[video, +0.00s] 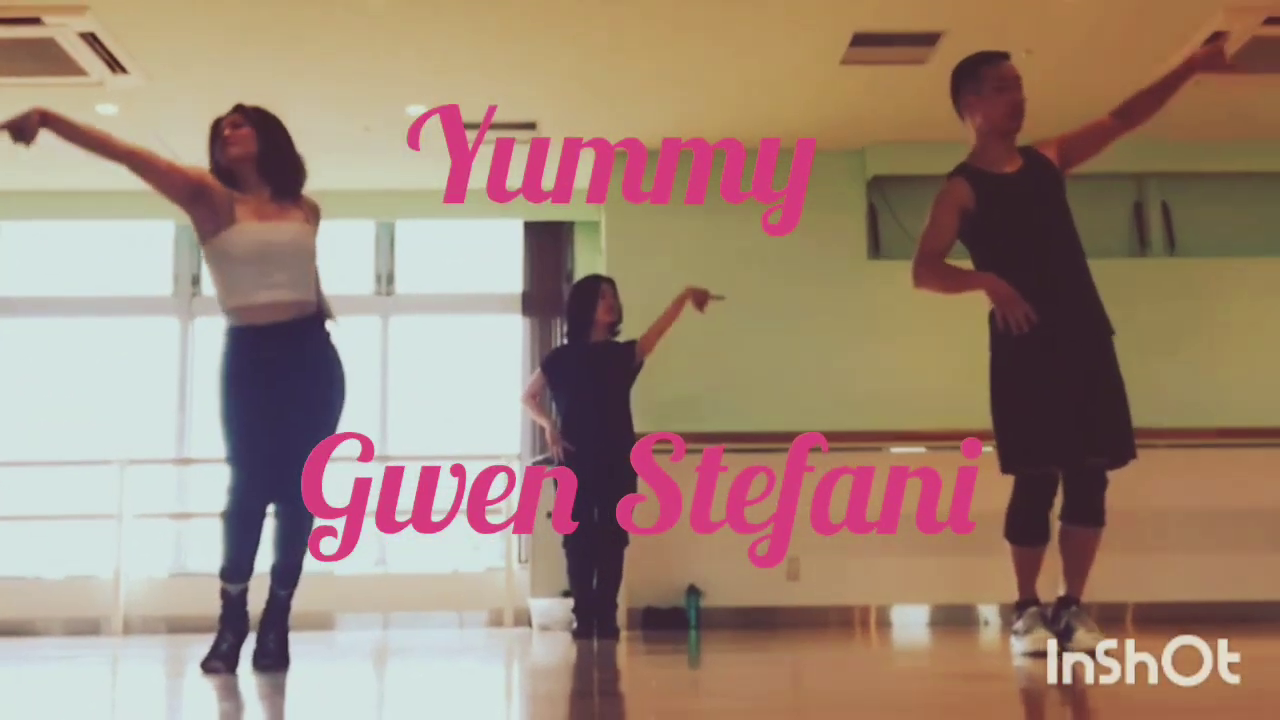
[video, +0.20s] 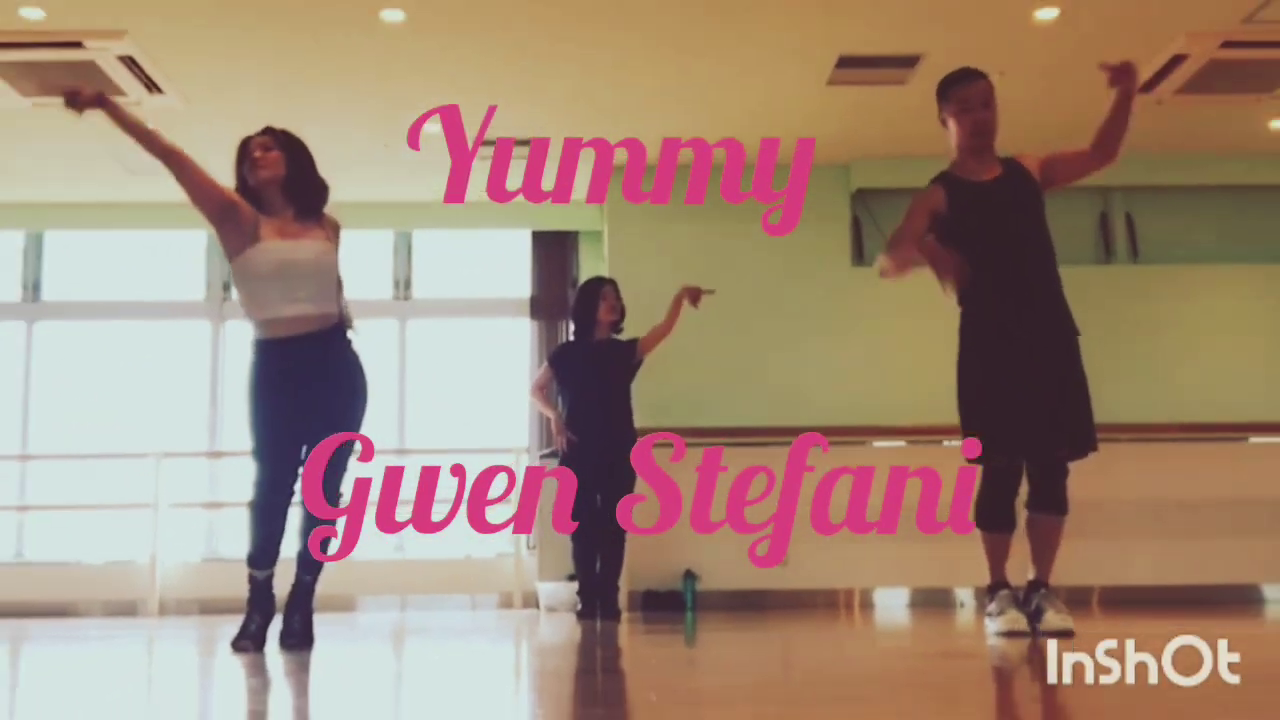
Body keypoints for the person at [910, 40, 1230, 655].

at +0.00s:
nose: (1015, 96)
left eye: (1017, 86)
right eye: (1000, 88)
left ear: (1021, 98)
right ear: (967, 105)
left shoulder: (1046, 159)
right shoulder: (961, 189)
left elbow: (1123, 119)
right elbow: (924, 270)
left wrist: (1189, 66)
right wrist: (986, 282)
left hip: (1082, 340)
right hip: (1023, 349)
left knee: (1087, 475)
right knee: (1036, 478)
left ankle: (1071, 607)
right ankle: (1025, 607)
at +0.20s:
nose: (978, 118)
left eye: (986, 106)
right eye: (965, 110)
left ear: (998, 112)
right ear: (944, 119)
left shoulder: (1028, 172)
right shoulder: (939, 196)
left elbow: (1102, 153)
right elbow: (888, 264)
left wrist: (1124, 93)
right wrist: (927, 251)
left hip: (1048, 341)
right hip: (989, 348)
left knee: (1049, 469)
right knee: (1000, 470)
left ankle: (1042, 590)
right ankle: (999, 592)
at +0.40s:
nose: (936, 142)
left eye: (941, 132)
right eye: (924, 136)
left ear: (954, 135)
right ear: (910, 146)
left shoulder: (983, 190)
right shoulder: (903, 206)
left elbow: (1051, 194)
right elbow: (853, 258)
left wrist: (1041, 162)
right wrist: (876, 220)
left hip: (991, 338)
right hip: (937, 344)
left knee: (995, 450)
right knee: (944, 451)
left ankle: (995, 557)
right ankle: (947, 559)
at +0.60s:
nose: (897, 186)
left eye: (903, 177)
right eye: (890, 180)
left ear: (920, 186)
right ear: (884, 193)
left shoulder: (946, 238)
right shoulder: (875, 249)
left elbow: (976, 290)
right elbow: (865, 307)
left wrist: (927, 332)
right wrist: (887, 331)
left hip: (939, 354)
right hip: (893, 357)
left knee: (941, 445)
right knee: (900, 447)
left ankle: (959, 528)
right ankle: (906, 532)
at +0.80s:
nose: (896, 161)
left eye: (905, 155)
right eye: (891, 154)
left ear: (918, 166)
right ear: (881, 164)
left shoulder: (927, 199)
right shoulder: (874, 210)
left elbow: (908, 206)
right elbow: (834, 238)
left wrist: (856, 213)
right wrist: (825, 211)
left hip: (933, 323)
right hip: (891, 327)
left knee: (935, 410)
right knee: (894, 417)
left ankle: (946, 498)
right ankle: (896, 504)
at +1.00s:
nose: (905, 151)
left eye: (914, 147)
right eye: (905, 147)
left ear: (930, 164)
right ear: (901, 158)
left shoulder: (922, 191)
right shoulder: (890, 192)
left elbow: (919, 131)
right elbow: (872, 148)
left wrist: (901, 86)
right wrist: (873, 97)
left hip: (926, 307)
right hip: (899, 311)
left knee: (947, 392)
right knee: (924, 401)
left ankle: (987, 475)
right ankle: (981, 474)